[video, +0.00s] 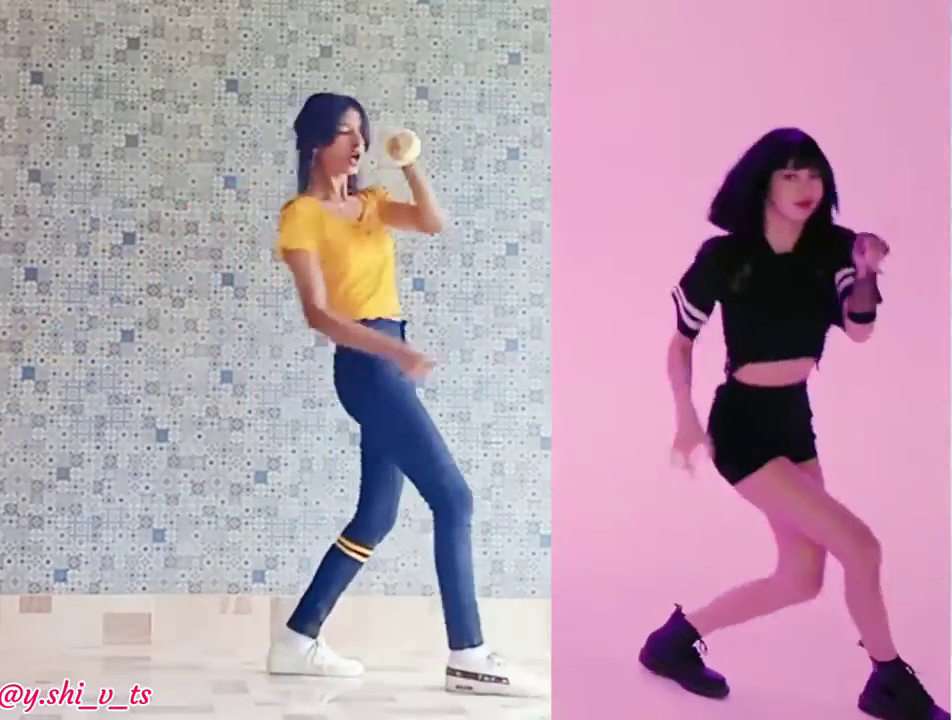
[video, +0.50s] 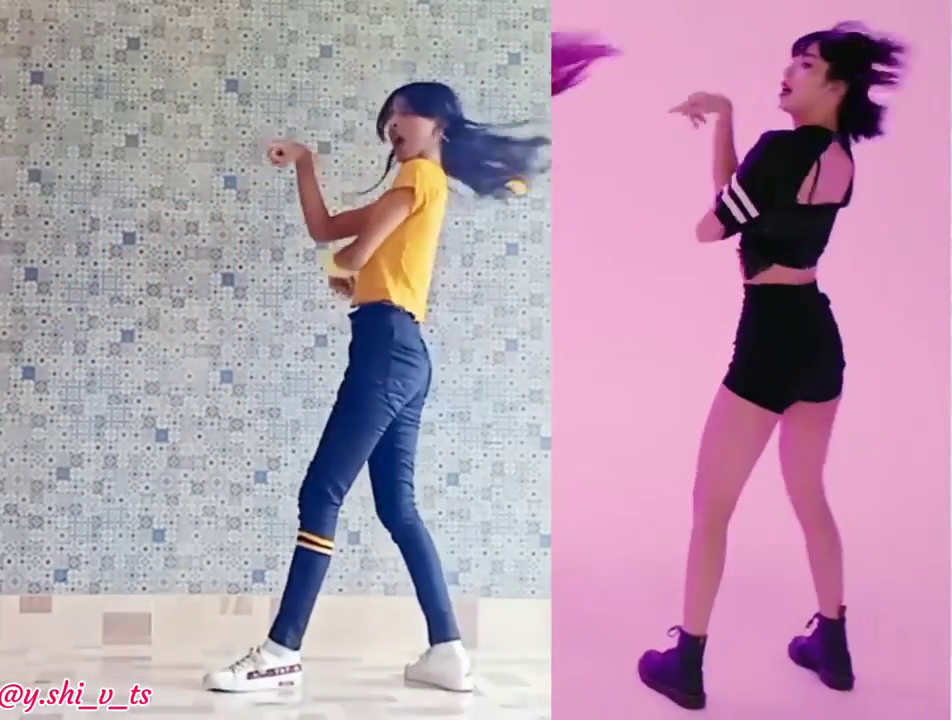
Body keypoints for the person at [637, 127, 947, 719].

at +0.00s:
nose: (806, 186)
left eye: (815, 174)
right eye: (791, 173)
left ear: (825, 185)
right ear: (763, 183)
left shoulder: (829, 248)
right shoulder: (725, 256)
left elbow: (859, 330)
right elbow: (680, 342)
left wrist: (866, 275)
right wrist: (684, 418)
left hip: (795, 418)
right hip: (740, 425)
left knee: (798, 581)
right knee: (859, 545)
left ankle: (676, 637)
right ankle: (889, 677)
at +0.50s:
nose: (786, 74)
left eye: (801, 66)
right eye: (791, 63)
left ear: (835, 85)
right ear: (835, 89)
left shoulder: (781, 152)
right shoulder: (843, 160)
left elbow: (707, 229)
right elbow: (742, 203)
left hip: (767, 338)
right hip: (818, 335)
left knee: (711, 505)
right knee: (810, 495)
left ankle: (687, 661)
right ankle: (832, 644)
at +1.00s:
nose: (786, 82)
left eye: (801, 71)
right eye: (779, 72)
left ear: (834, 83)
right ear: (775, 81)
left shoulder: (792, 138)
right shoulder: (795, 136)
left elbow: (702, 203)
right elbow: (684, 180)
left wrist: (715, 172)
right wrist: (688, 105)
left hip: (734, 330)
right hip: (762, 326)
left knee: (684, 502)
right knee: (767, 490)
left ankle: (657, 668)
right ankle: (810, 649)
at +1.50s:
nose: (772, 95)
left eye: (785, 84)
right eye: (763, 85)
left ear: (813, 91)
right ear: (753, 92)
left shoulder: (791, 150)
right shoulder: (770, 150)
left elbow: (715, 227)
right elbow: (685, 206)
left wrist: (721, 195)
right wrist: (690, 119)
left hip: (736, 351)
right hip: (750, 348)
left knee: (650, 504)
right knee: (741, 508)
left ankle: (650, 681)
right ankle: (812, 658)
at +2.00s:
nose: (774, 118)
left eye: (786, 105)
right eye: (764, 109)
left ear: (813, 110)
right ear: (757, 117)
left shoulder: (810, 167)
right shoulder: (793, 173)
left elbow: (742, 252)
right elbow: (713, 239)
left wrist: (740, 236)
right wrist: (708, 156)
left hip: (773, 376)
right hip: (786, 370)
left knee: (651, 498)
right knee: (753, 514)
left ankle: (678, 671)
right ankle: (841, 653)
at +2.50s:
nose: (701, 211)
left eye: (700, 192)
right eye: (692, 213)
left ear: (726, 177)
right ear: (696, 224)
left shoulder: (750, 220)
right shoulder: (760, 237)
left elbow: (750, 326)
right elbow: (738, 352)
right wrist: (697, 286)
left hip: (843, 413)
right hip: (849, 405)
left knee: (696, 488)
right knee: (778, 514)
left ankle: (708, 657)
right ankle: (865, 640)